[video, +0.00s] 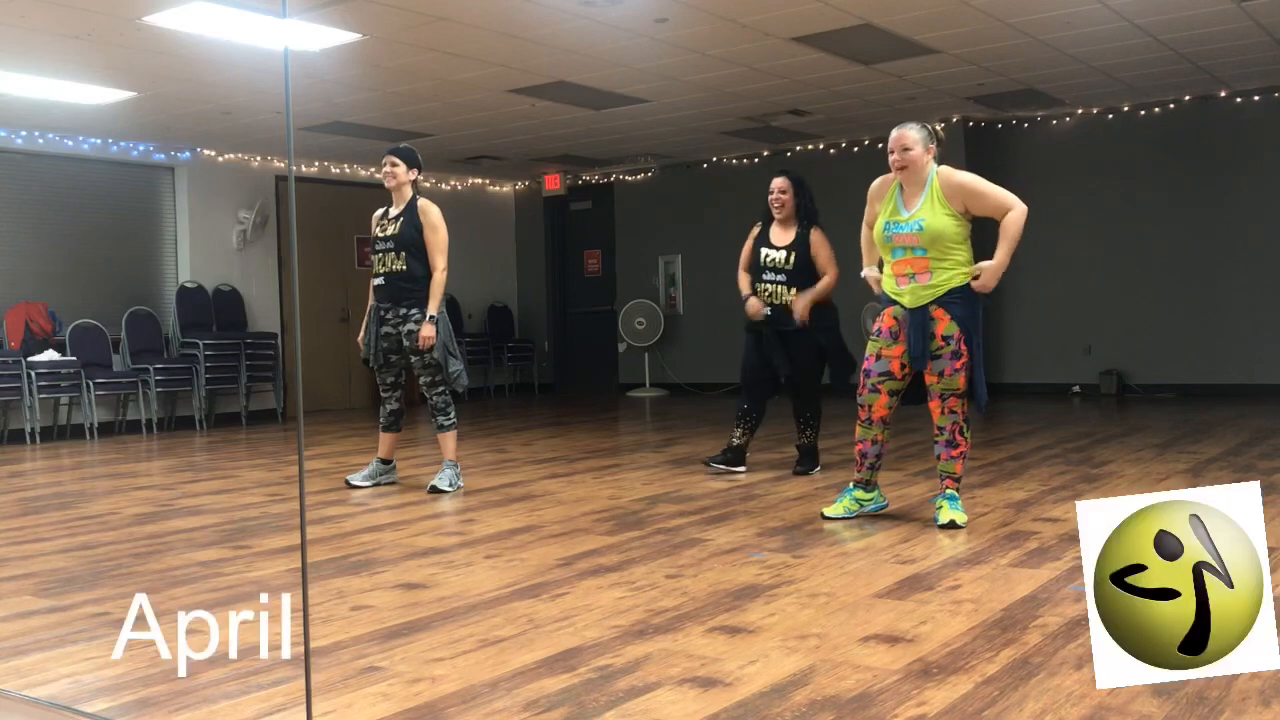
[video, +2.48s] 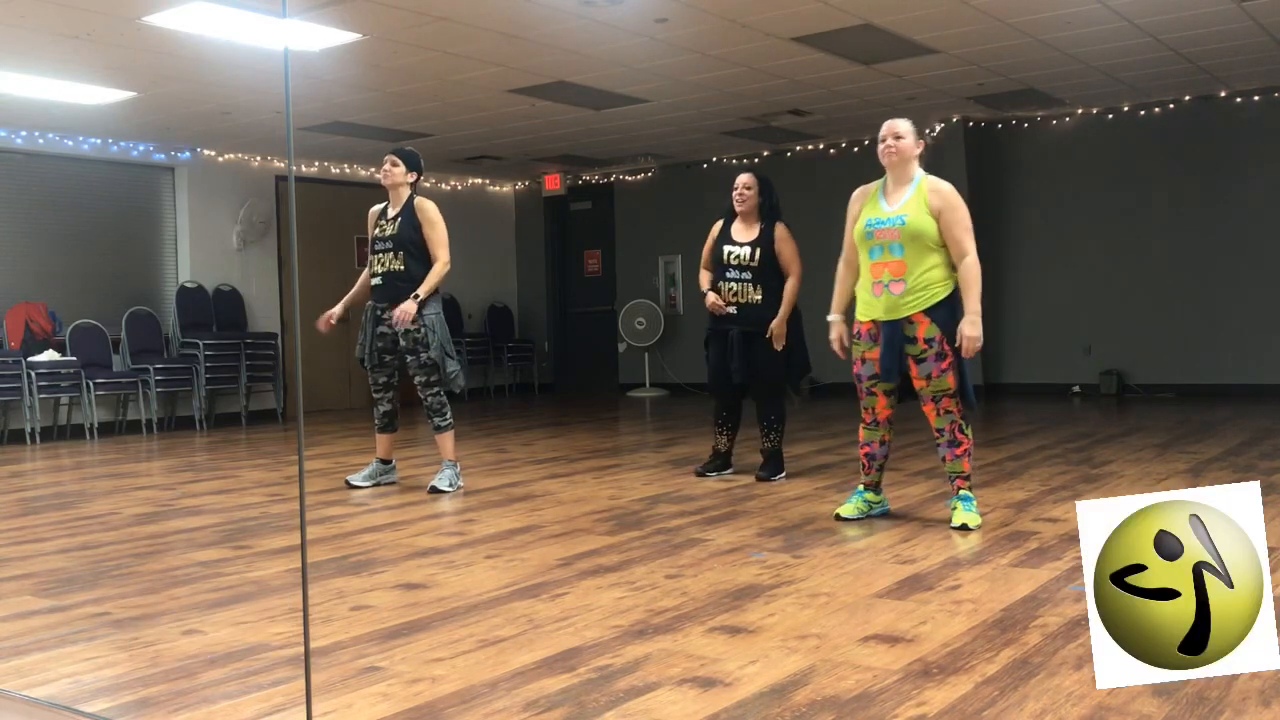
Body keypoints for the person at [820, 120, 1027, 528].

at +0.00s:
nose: (896, 158)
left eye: (905, 150)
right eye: (891, 151)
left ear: (929, 152)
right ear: (888, 155)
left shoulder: (953, 184)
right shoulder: (882, 189)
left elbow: (1015, 209)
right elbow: (869, 227)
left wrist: (998, 264)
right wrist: (870, 265)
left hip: (948, 306)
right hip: (895, 307)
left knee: (947, 401)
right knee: (872, 392)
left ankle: (949, 494)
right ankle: (865, 489)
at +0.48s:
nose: (876, 150)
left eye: (885, 142)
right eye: (871, 145)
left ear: (907, 147)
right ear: (866, 153)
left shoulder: (932, 187)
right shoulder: (858, 194)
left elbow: (968, 244)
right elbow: (846, 249)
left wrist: (950, 297)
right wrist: (837, 293)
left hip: (921, 317)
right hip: (866, 317)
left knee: (935, 406)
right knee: (869, 408)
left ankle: (946, 495)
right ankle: (867, 492)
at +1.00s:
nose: (852, 147)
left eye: (860, 141)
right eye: (846, 143)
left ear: (881, 149)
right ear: (840, 155)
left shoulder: (906, 191)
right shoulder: (826, 203)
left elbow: (943, 249)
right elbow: (801, 262)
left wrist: (937, 215)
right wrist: (779, 236)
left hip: (902, 315)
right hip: (845, 322)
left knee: (923, 403)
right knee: (857, 410)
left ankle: (946, 493)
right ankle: (866, 492)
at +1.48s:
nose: (889, 146)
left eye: (899, 139)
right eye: (883, 140)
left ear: (918, 147)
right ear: (876, 149)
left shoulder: (936, 190)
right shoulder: (858, 198)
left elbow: (973, 245)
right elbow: (815, 242)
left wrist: (955, 194)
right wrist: (812, 213)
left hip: (932, 312)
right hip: (873, 316)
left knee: (945, 405)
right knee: (874, 407)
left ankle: (962, 495)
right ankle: (868, 492)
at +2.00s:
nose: (919, 142)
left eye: (930, 135)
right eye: (915, 136)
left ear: (954, 145)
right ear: (910, 147)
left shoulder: (973, 192)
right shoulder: (896, 195)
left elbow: (1000, 259)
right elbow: (881, 258)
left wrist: (995, 323)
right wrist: (871, 310)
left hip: (958, 319)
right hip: (905, 320)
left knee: (963, 410)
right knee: (892, 407)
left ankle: (965, 497)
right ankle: (879, 492)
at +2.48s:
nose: (888, 143)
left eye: (897, 137)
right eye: (882, 139)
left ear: (919, 146)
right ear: (877, 151)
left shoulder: (939, 193)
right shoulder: (862, 198)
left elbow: (966, 257)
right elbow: (849, 260)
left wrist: (972, 315)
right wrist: (836, 314)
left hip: (927, 316)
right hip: (871, 320)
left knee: (943, 408)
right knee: (872, 410)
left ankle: (962, 496)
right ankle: (870, 492)